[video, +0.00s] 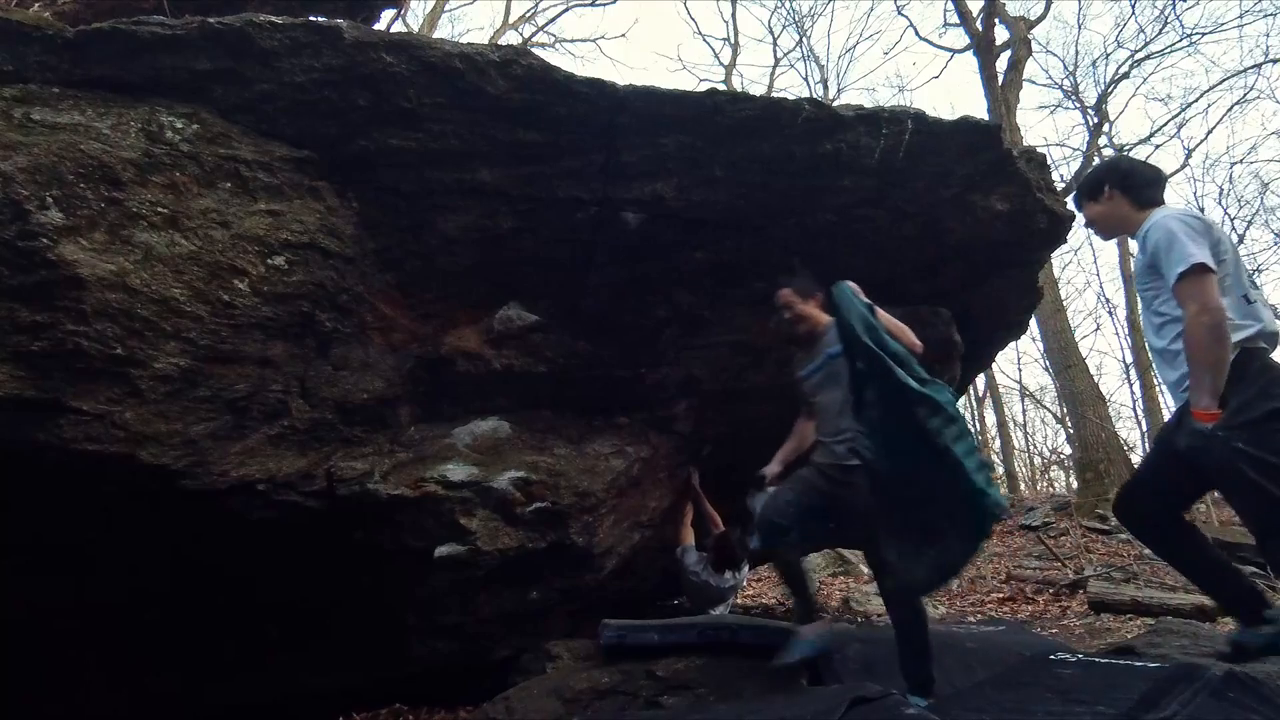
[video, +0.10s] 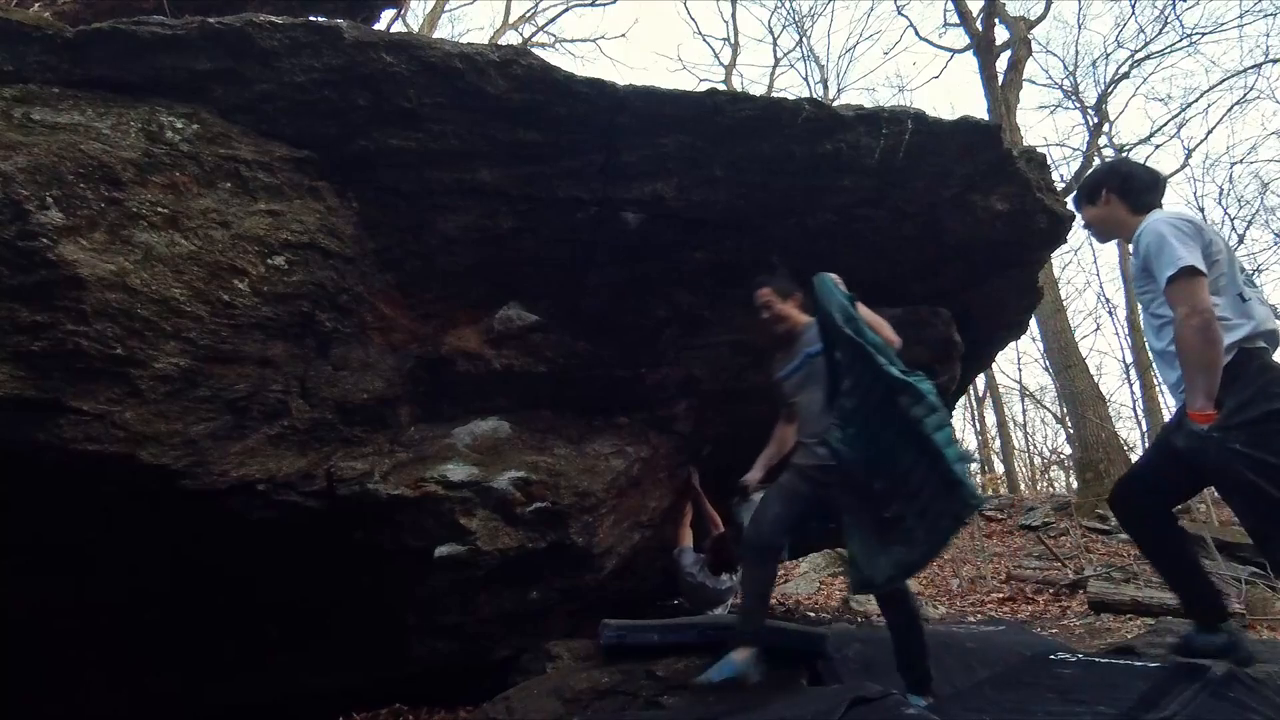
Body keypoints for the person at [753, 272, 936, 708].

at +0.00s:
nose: (787, 318)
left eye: (791, 307)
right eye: (781, 312)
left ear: (817, 301)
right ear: (783, 318)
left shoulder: (850, 330)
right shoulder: (805, 362)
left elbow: (913, 346)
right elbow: (811, 418)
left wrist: (867, 306)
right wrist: (778, 463)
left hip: (871, 475)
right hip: (824, 474)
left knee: (898, 593)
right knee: (772, 519)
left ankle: (921, 693)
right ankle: (809, 619)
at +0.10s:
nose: (766, 316)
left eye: (770, 305)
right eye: (760, 312)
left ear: (794, 300)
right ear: (760, 320)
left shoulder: (831, 325)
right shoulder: (785, 363)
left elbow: (890, 342)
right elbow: (790, 422)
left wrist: (844, 299)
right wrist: (759, 468)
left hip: (858, 472)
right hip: (804, 473)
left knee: (887, 582)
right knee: (759, 538)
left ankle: (920, 692)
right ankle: (747, 649)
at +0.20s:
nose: (744, 318)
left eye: (748, 308)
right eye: (738, 313)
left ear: (774, 301)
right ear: (741, 318)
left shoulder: (810, 329)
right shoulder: (761, 367)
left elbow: (869, 344)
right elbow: (767, 428)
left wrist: (827, 301)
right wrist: (740, 474)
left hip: (833, 477)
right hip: (782, 483)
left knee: (873, 586)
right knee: (751, 571)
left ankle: (915, 691)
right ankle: (731, 683)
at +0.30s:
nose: (719, 318)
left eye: (723, 308)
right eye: (713, 313)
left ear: (749, 302)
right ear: (713, 319)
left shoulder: (784, 335)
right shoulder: (734, 369)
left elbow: (844, 352)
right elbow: (743, 432)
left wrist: (805, 306)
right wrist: (717, 480)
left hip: (805, 481)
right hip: (754, 488)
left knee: (847, 587)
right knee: (746, 598)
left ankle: (907, 683)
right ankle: (736, 704)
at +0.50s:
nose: (675, 312)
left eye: (680, 302)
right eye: (669, 306)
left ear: (705, 297)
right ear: (670, 312)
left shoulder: (743, 332)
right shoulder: (687, 368)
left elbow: (802, 356)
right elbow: (693, 426)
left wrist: (772, 310)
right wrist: (668, 476)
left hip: (765, 475)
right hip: (715, 484)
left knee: (784, 580)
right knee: (727, 593)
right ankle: (732, 700)